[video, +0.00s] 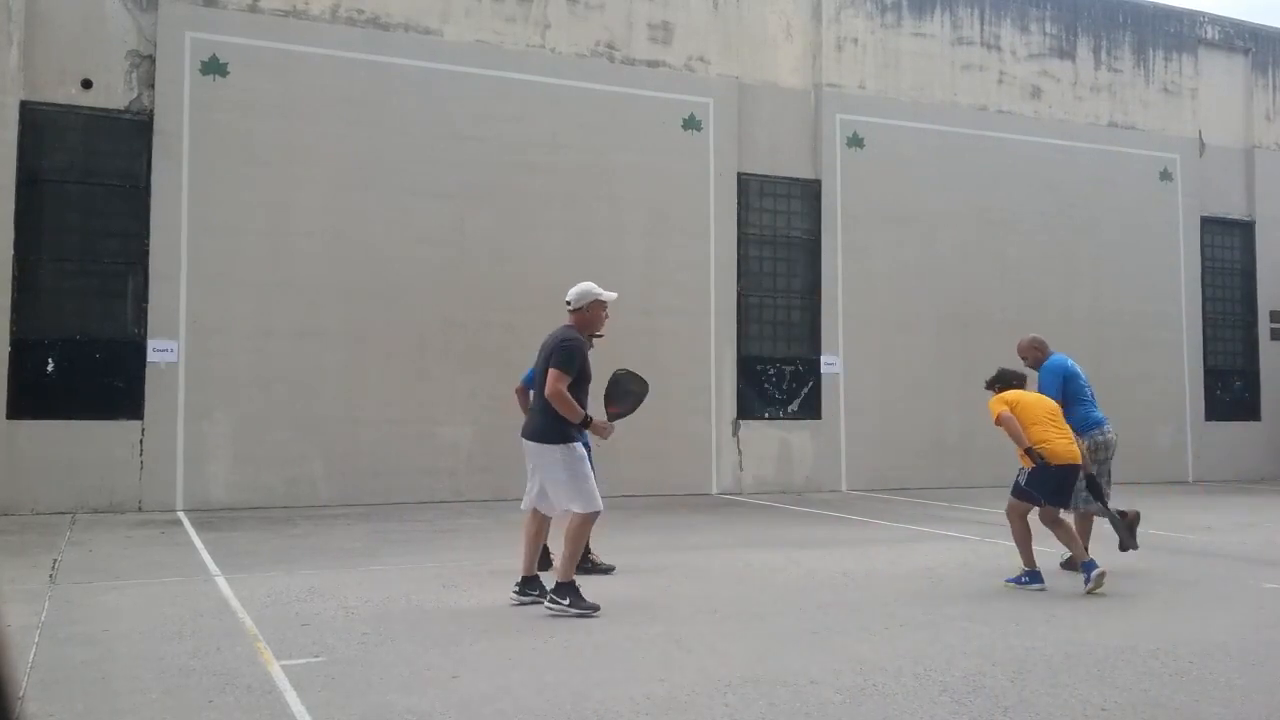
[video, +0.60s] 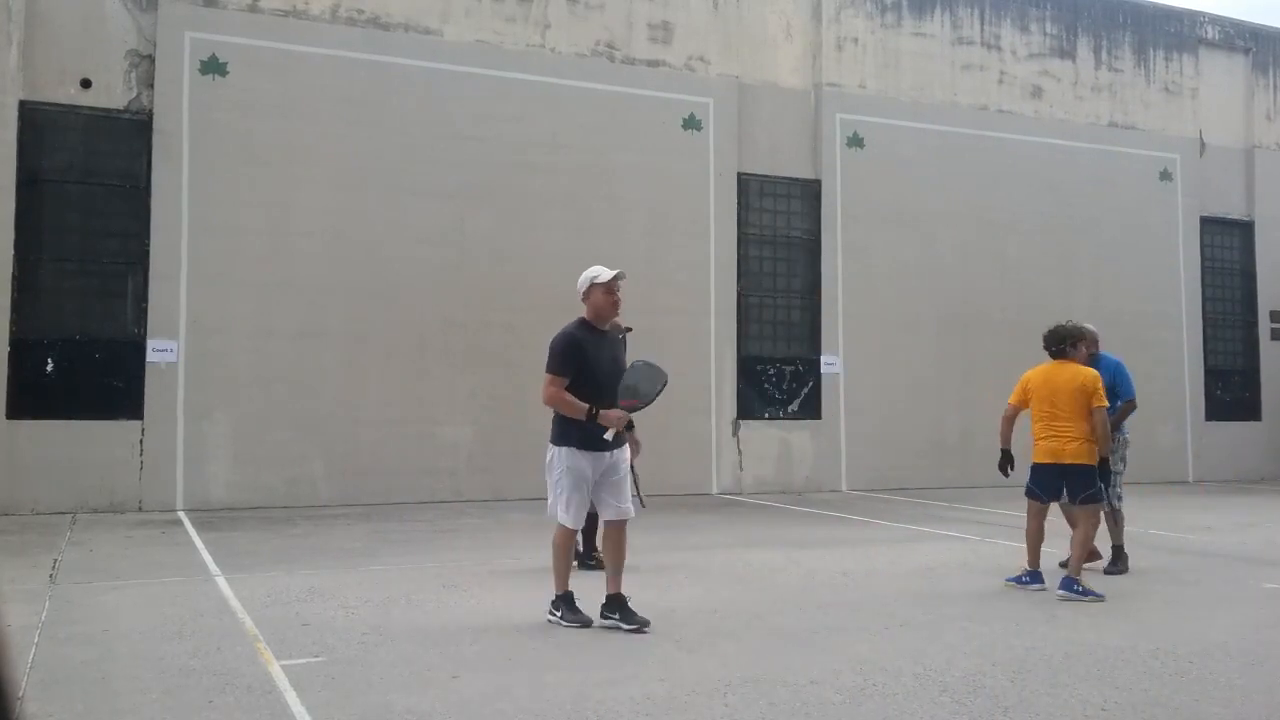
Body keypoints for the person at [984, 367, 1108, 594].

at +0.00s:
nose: (991, 395)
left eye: (992, 392)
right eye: (990, 392)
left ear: (998, 389)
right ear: (1020, 386)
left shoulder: (999, 399)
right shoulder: (1046, 400)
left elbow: (1006, 418)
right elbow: (1073, 437)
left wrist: (1027, 449)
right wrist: (1088, 473)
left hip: (1043, 461)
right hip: (1072, 461)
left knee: (1015, 512)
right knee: (1049, 516)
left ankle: (1031, 572)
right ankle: (1089, 566)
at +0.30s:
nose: (1000, 368)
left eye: (1001, 364)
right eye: (1000, 364)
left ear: (1008, 364)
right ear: (1031, 361)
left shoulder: (1002, 384)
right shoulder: (1055, 382)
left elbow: (999, 419)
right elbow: (1078, 417)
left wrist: (1001, 460)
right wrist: (1090, 453)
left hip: (1033, 458)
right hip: (1068, 455)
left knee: (1017, 512)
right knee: (1069, 512)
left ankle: (1032, 571)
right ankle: (1081, 556)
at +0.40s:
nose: (1050, 352)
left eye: (1049, 348)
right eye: (1048, 349)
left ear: (1017, 357)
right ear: (1042, 354)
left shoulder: (1007, 381)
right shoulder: (1064, 378)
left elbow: (997, 416)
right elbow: (1084, 418)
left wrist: (997, 455)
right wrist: (1092, 457)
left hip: (1033, 458)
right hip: (1069, 456)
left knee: (1019, 512)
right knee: (1080, 514)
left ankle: (1032, 572)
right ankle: (1079, 565)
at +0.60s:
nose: (1086, 353)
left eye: (1085, 347)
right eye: (1083, 347)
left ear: (1053, 350)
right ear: (1071, 349)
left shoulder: (1032, 376)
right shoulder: (1089, 377)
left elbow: (1009, 414)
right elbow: (1101, 420)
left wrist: (1005, 450)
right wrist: (1105, 458)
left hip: (1044, 460)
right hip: (1082, 461)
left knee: (1035, 516)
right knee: (1088, 520)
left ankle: (1033, 571)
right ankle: (1072, 579)